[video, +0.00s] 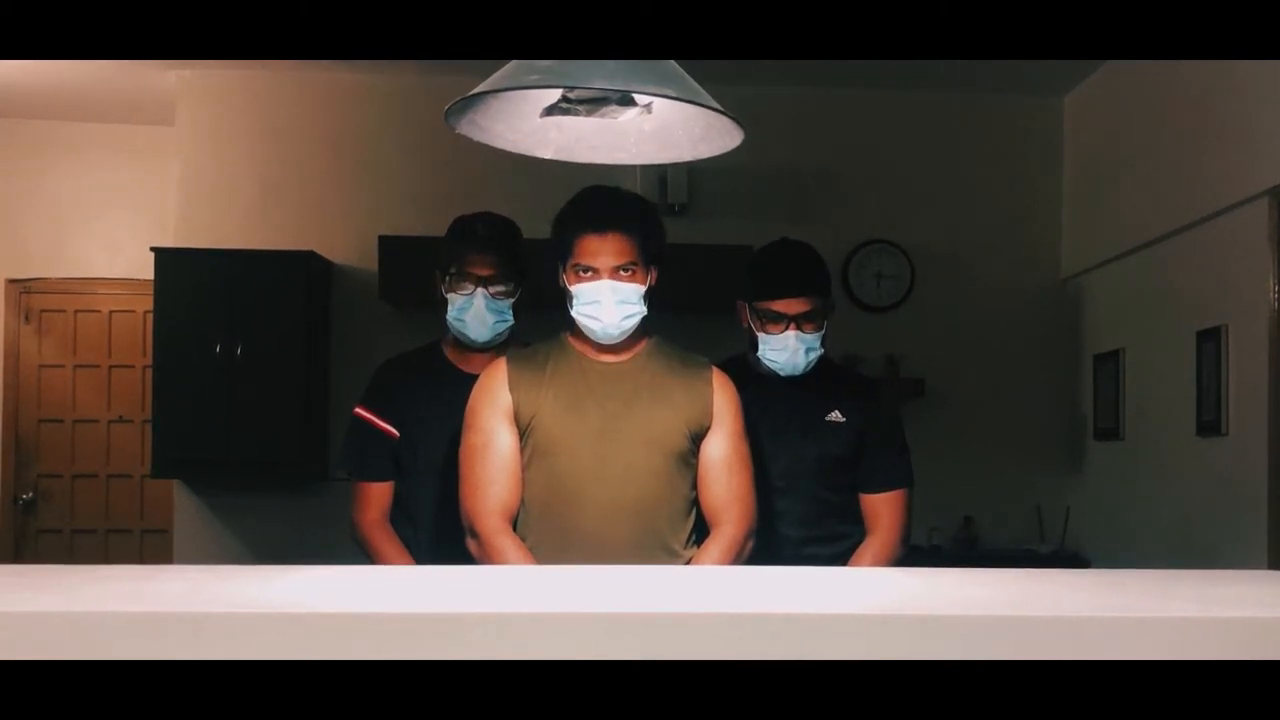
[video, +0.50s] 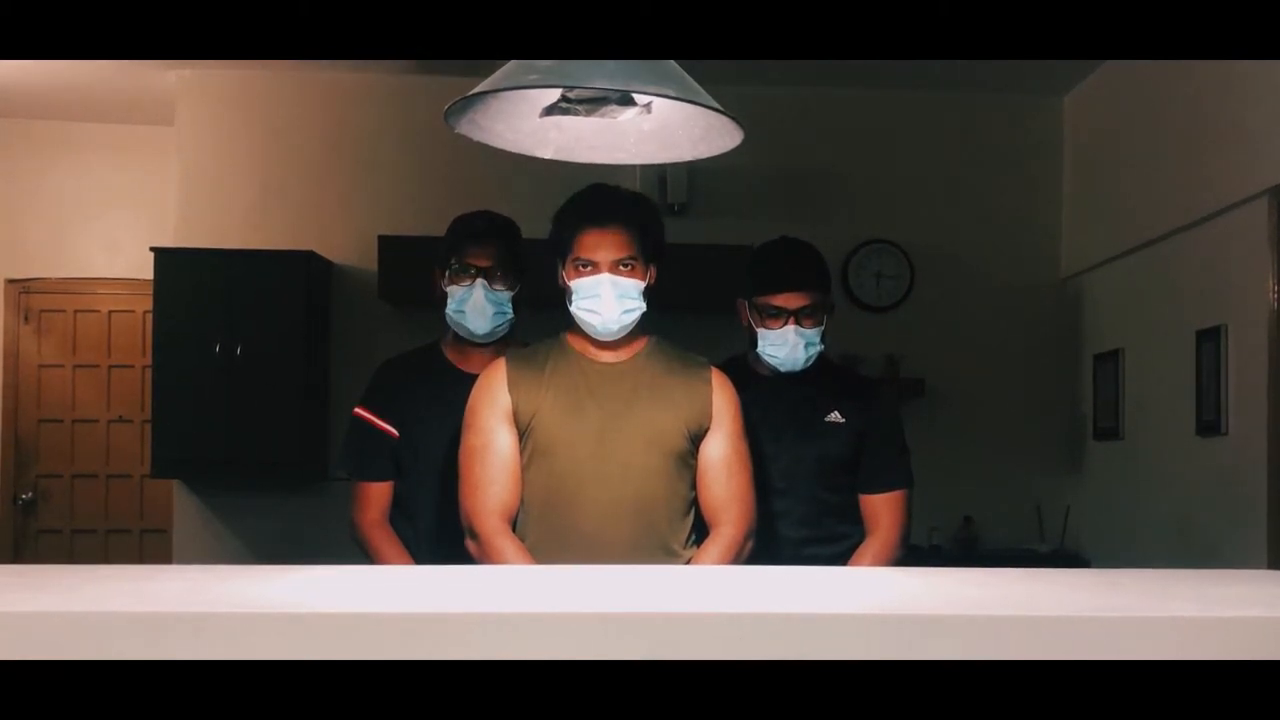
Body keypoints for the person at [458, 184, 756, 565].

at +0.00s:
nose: (606, 290)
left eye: (624, 271)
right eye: (586, 272)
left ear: (649, 276)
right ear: (564, 277)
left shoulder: (707, 388)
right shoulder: (507, 381)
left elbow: (733, 531)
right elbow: (486, 529)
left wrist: (669, 615)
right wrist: (555, 611)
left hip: (667, 615)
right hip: (545, 613)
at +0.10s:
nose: (605, 288)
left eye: (624, 270)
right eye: (586, 271)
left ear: (649, 276)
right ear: (564, 276)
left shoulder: (707, 389)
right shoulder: (507, 382)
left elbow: (734, 531)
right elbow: (486, 529)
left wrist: (670, 615)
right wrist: (554, 612)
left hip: (667, 616)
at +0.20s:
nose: (605, 288)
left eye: (624, 269)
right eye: (586, 270)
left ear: (649, 276)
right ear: (564, 276)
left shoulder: (707, 388)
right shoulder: (507, 381)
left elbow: (733, 531)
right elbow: (486, 529)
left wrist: (669, 614)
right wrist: (554, 611)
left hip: (667, 615)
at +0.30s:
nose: (605, 286)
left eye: (624, 268)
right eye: (586, 269)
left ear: (648, 275)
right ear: (564, 275)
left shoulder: (706, 388)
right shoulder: (507, 381)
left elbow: (733, 531)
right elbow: (486, 529)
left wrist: (669, 614)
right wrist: (554, 612)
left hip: (666, 616)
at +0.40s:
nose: (605, 285)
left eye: (624, 267)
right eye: (586, 267)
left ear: (648, 275)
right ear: (564, 274)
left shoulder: (706, 388)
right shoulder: (507, 381)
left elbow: (733, 531)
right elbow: (486, 529)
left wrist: (669, 614)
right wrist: (554, 611)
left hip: (667, 615)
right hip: (545, 614)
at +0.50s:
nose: (605, 283)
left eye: (624, 266)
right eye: (586, 266)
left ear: (648, 275)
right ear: (564, 274)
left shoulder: (706, 388)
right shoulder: (507, 381)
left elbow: (733, 531)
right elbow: (486, 530)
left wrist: (669, 614)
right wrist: (554, 612)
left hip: (666, 616)